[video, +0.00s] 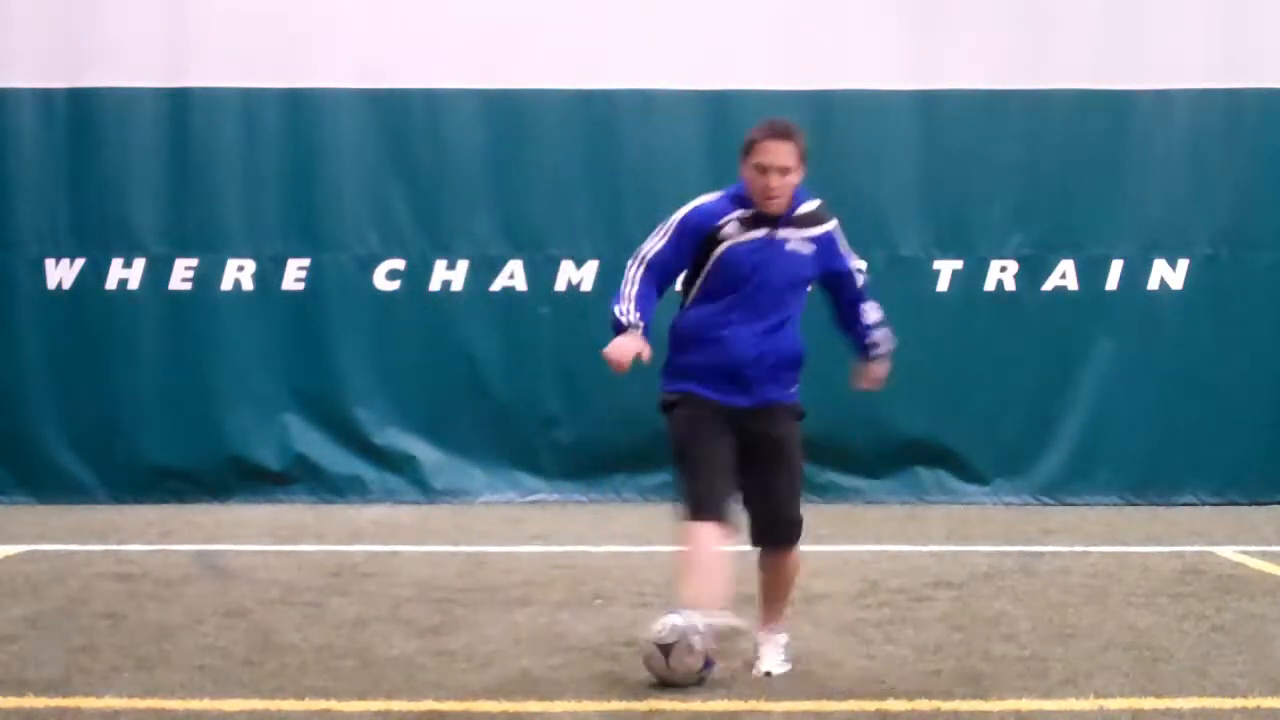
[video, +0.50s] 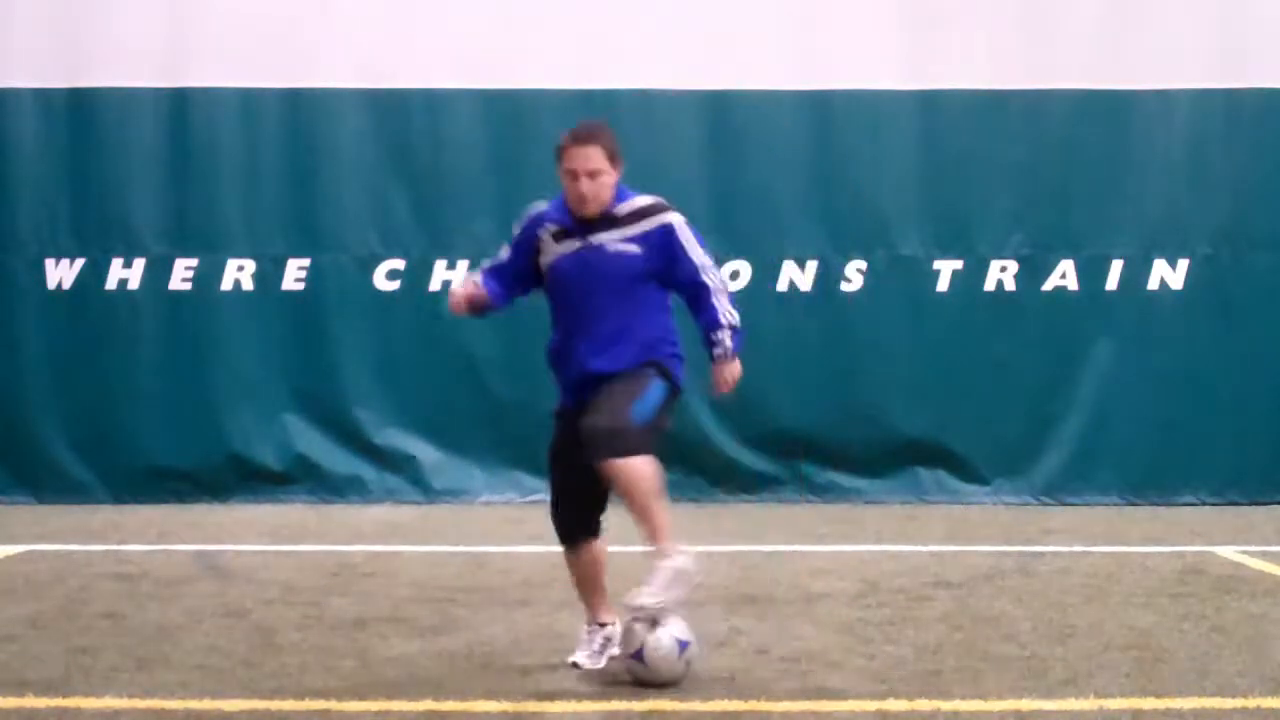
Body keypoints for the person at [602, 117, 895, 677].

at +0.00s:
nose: (773, 181)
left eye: (785, 171)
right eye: (763, 169)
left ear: (801, 173)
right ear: (743, 170)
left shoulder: (817, 223)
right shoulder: (708, 217)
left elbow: (851, 289)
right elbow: (647, 266)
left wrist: (874, 344)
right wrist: (631, 326)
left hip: (771, 394)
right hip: (699, 389)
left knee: (781, 523)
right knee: (708, 505)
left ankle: (772, 635)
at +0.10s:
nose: (733, 174)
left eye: (744, 164)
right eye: (722, 164)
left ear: (763, 167)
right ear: (706, 170)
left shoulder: (786, 221)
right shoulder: (674, 218)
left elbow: (807, 288)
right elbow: (624, 272)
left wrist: (817, 332)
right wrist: (621, 300)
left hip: (758, 396)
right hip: (680, 390)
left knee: (779, 518)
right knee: (642, 489)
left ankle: (772, 636)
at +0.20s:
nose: (686, 147)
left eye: (697, 137)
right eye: (676, 137)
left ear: (720, 138)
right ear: (662, 141)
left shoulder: (751, 191)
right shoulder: (636, 193)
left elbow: (773, 261)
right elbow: (590, 258)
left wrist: (779, 312)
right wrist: (590, 291)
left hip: (733, 371)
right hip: (654, 369)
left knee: (760, 489)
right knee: (605, 479)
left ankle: (770, 611)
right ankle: (564, 608)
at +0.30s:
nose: (647, 155)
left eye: (658, 144)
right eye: (637, 145)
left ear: (681, 144)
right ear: (624, 148)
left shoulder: (718, 195)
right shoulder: (600, 204)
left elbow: (749, 263)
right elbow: (559, 266)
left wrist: (760, 321)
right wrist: (551, 305)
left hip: (703, 365)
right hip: (624, 375)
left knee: (730, 452)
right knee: (590, 498)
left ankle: (736, 568)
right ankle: (592, 620)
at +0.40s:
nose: (612, 186)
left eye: (623, 174)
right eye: (602, 176)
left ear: (645, 175)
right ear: (589, 179)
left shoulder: (680, 224)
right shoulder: (565, 232)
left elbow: (724, 285)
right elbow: (526, 284)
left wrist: (739, 341)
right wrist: (506, 308)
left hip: (666, 380)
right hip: (598, 396)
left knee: (671, 444)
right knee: (587, 524)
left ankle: (707, 568)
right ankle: (602, 631)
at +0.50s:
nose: (582, 187)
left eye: (593, 175)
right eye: (572, 176)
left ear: (616, 173)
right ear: (560, 177)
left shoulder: (654, 219)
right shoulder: (544, 228)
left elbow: (704, 281)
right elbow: (512, 273)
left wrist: (724, 346)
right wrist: (479, 291)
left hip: (646, 369)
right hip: (582, 385)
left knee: (610, 435)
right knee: (573, 518)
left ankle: (670, 556)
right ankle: (602, 624)